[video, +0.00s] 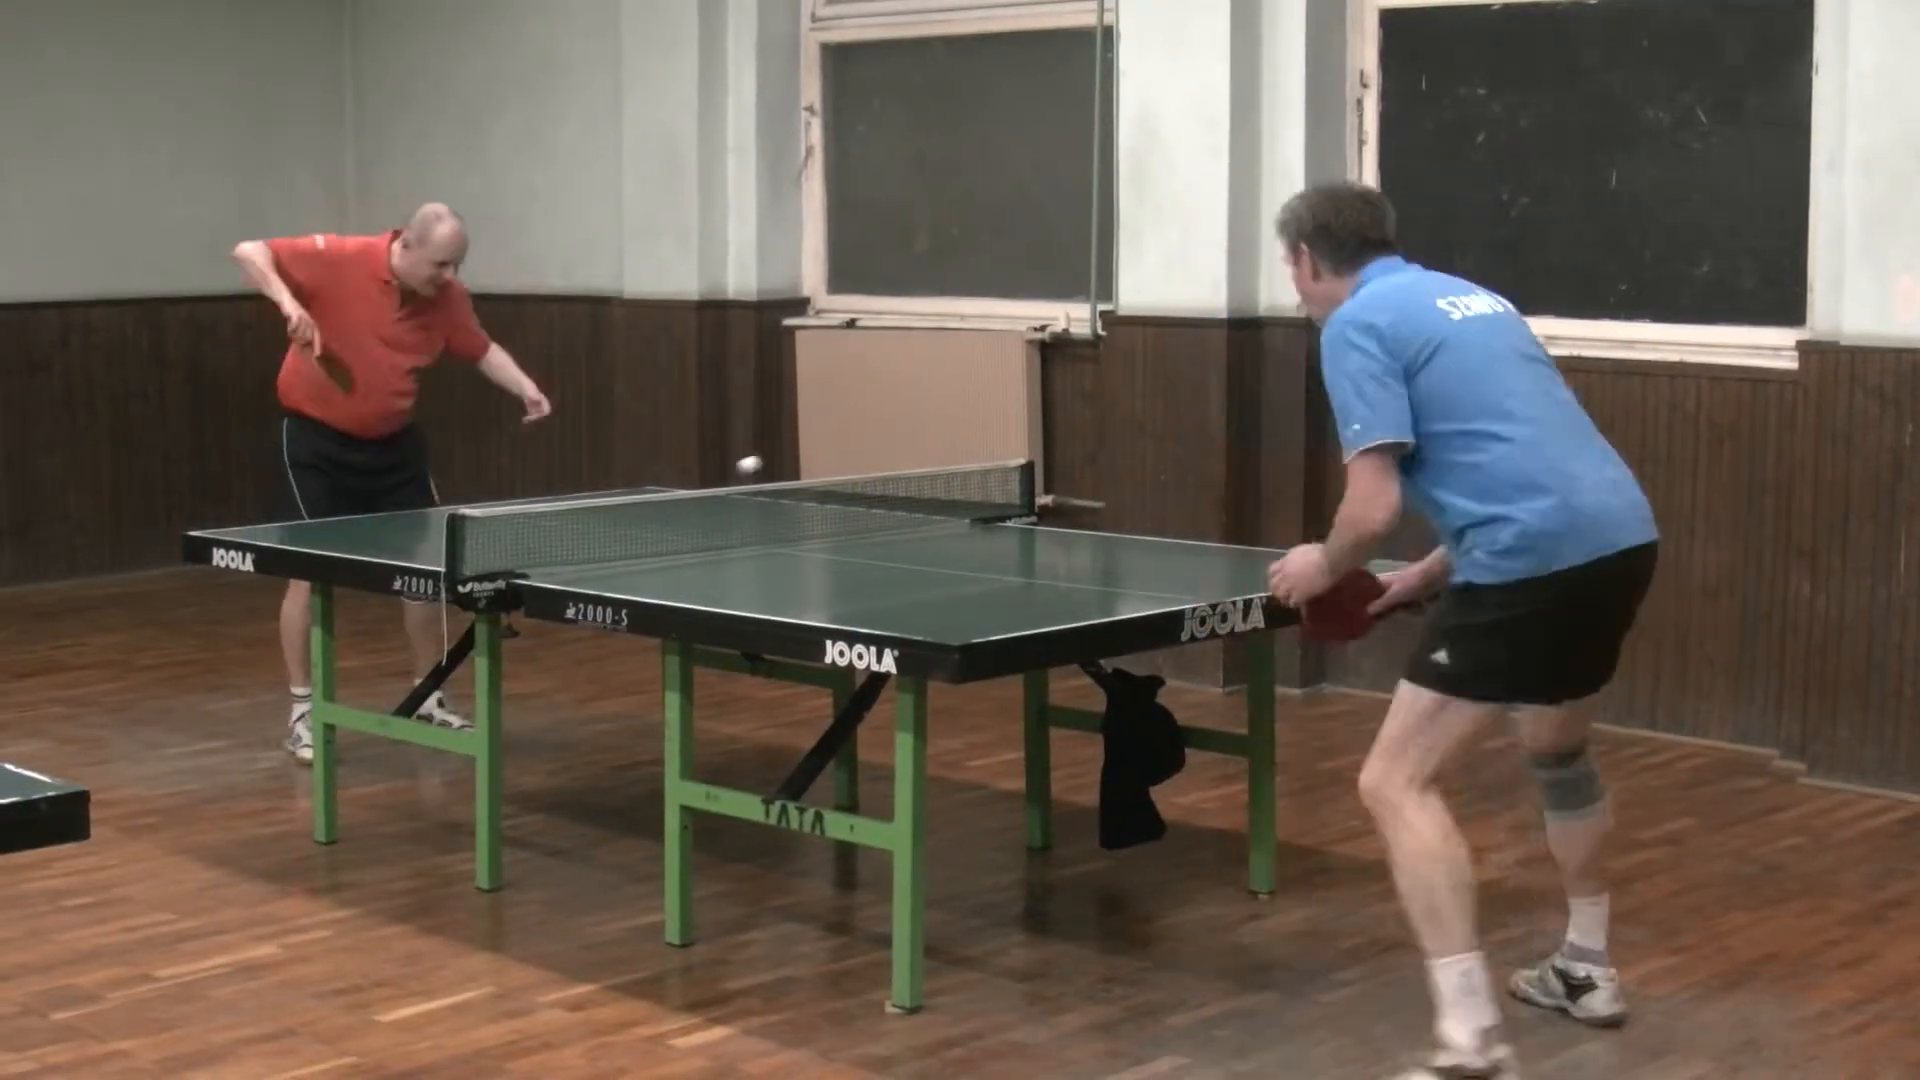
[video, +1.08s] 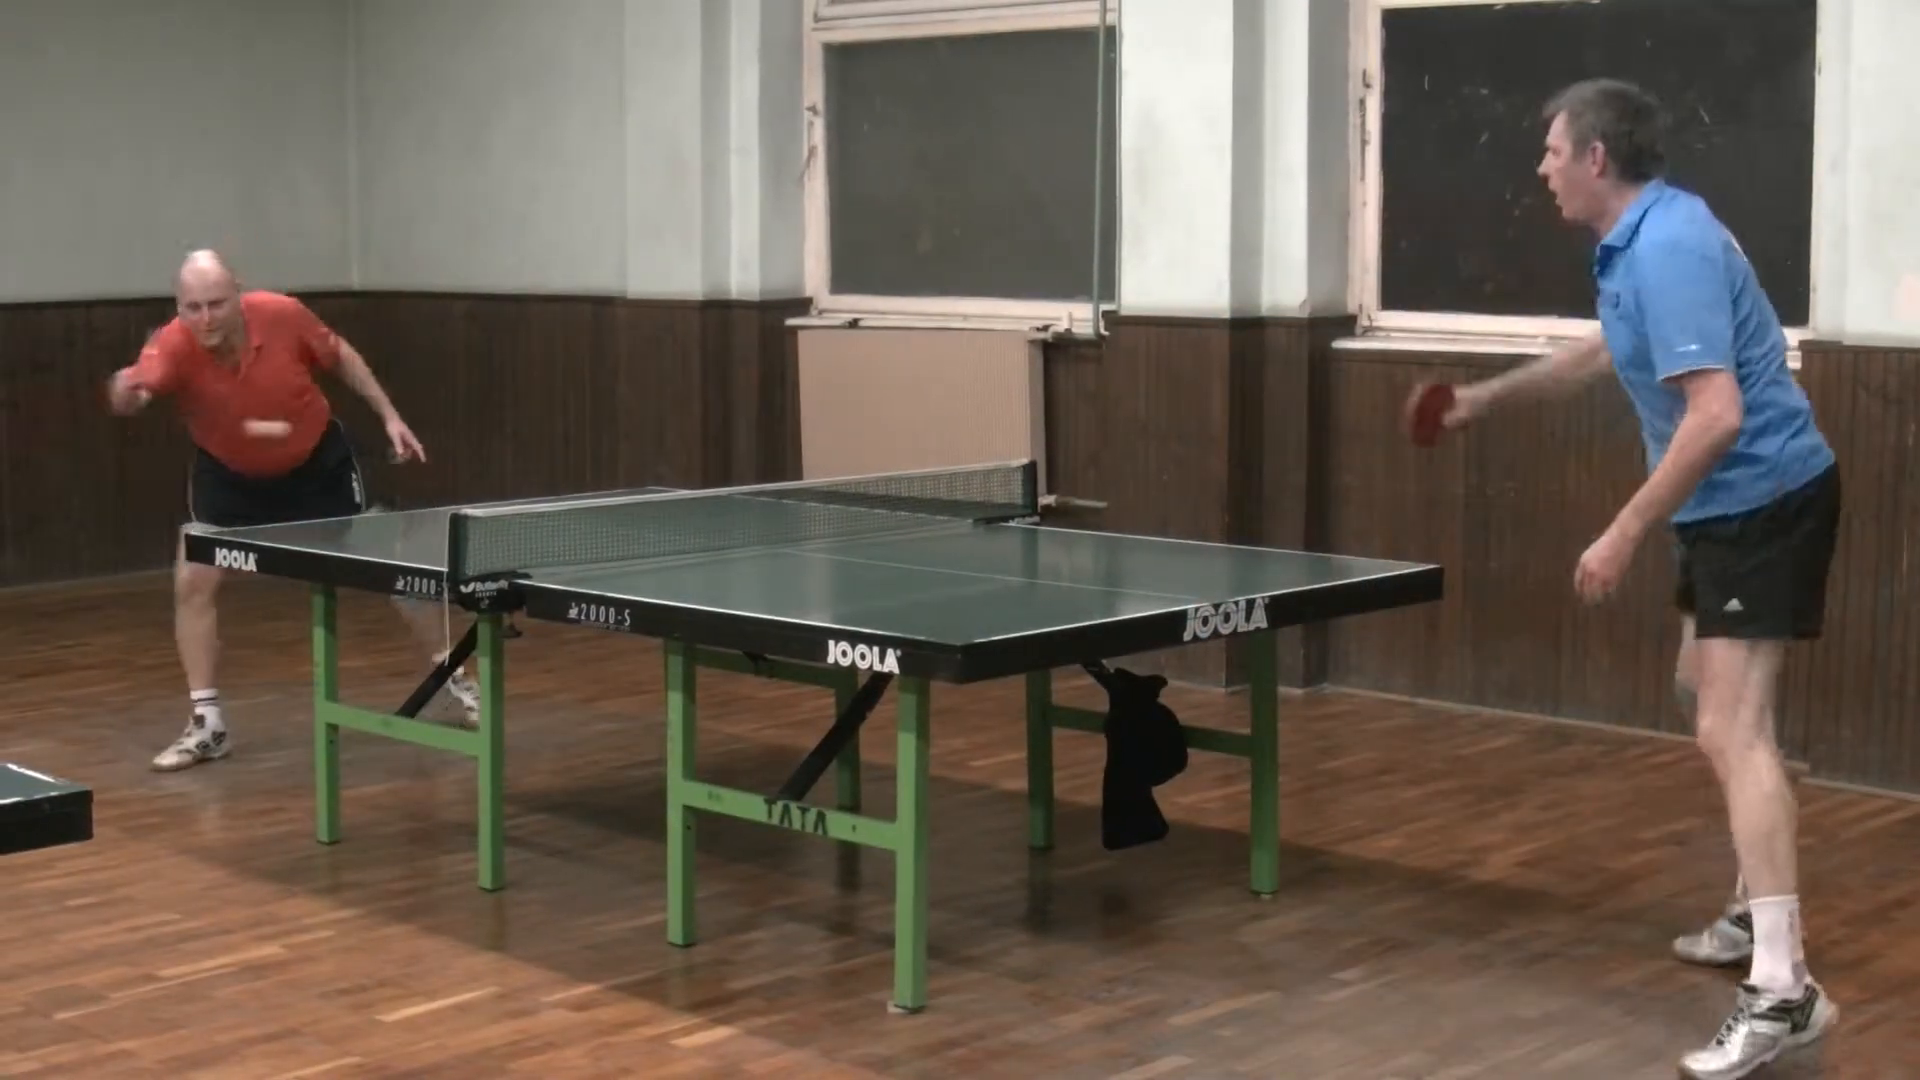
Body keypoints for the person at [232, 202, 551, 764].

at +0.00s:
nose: (445, 279)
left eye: (451, 269)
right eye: (437, 266)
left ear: (456, 262)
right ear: (402, 246)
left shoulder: (448, 298)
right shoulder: (344, 258)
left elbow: (483, 350)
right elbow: (249, 252)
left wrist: (527, 388)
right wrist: (289, 304)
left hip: (393, 442)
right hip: (318, 436)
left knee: (423, 571)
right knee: (310, 572)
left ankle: (428, 702)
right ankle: (303, 708)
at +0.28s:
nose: (425, 248)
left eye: (429, 238)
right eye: (413, 239)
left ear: (430, 236)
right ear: (376, 236)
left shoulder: (434, 285)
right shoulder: (322, 269)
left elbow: (458, 345)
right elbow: (242, 322)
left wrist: (490, 394)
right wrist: (286, 361)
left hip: (391, 451)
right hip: (306, 448)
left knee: (426, 575)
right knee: (261, 574)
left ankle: (428, 701)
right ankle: (227, 706)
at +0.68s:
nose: (347, 256)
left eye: (351, 244)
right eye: (334, 247)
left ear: (354, 242)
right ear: (298, 250)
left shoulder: (371, 289)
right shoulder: (260, 299)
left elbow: (404, 352)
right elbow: (226, 392)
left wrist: (419, 402)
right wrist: (279, 434)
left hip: (360, 458)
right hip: (273, 461)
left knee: (415, 574)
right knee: (233, 576)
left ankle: (434, 698)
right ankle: (218, 716)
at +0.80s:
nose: (317, 267)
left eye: (323, 254)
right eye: (304, 258)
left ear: (333, 250)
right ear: (276, 261)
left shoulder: (366, 298)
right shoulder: (244, 310)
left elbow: (406, 362)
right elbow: (205, 386)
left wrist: (428, 429)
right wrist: (198, 433)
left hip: (359, 467)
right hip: (270, 471)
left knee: (415, 580)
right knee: (224, 579)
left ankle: (436, 696)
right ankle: (213, 716)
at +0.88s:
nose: (285, 273)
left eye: (294, 260)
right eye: (272, 263)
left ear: (309, 257)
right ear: (251, 265)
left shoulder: (347, 300)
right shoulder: (226, 315)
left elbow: (401, 363)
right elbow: (166, 386)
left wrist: (427, 431)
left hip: (352, 470)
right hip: (261, 473)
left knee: (413, 583)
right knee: (215, 577)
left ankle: (439, 697)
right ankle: (211, 721)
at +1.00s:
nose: (232, 289)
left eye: (243, 276)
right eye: (221, 279)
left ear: (264, 270)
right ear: (207, 278)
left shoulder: (308, 308)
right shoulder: (189, 334)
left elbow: (365, 358)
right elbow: (121, 385)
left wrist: (406, 423)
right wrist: (50, 417)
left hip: (336, 466)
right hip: (244, 474)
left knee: (405, 577)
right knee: (203, 580)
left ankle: (445, 685)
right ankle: (208, 722)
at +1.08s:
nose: (206, 318)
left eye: (216, 304)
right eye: (194, 308)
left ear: (238, 296)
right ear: (179, 307)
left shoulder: (280, 315)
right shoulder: (172, 345)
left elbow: (342, 358)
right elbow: (133, 399)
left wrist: (391, 417)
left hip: (315, 458)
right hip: (228, 470)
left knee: (388, 564)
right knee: (193, 580)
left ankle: (452, 677)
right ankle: (206, 722)